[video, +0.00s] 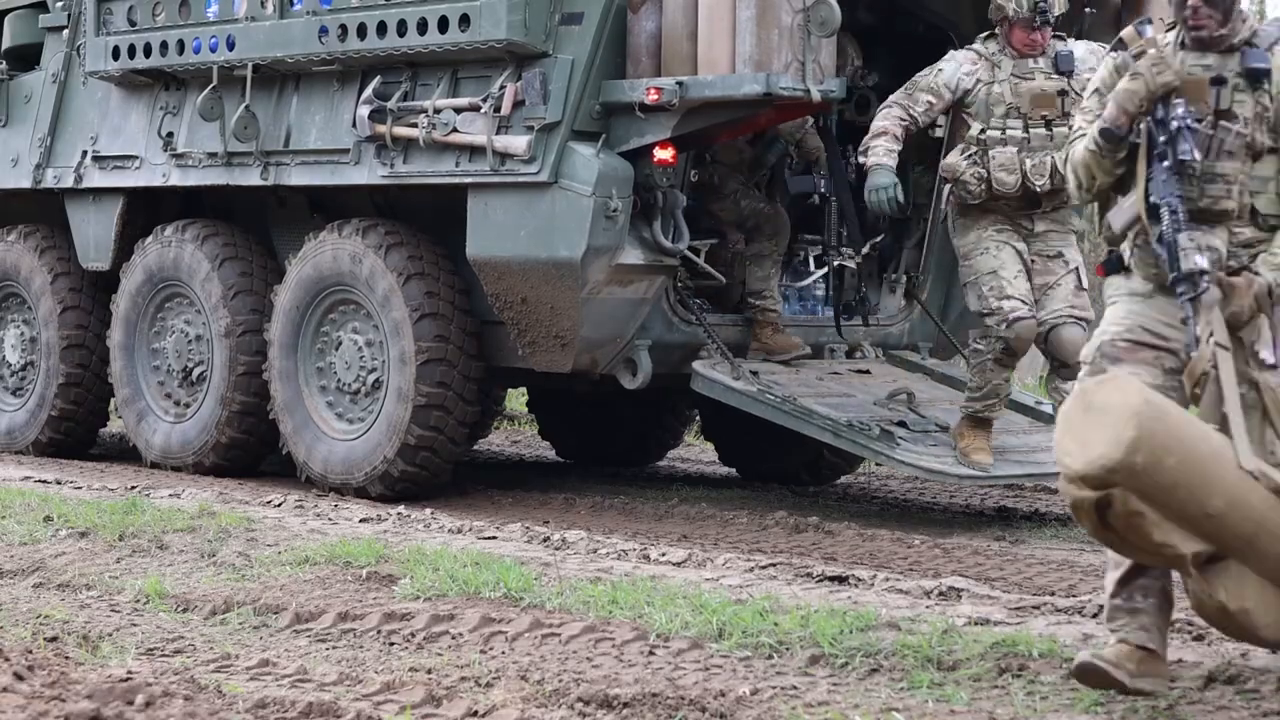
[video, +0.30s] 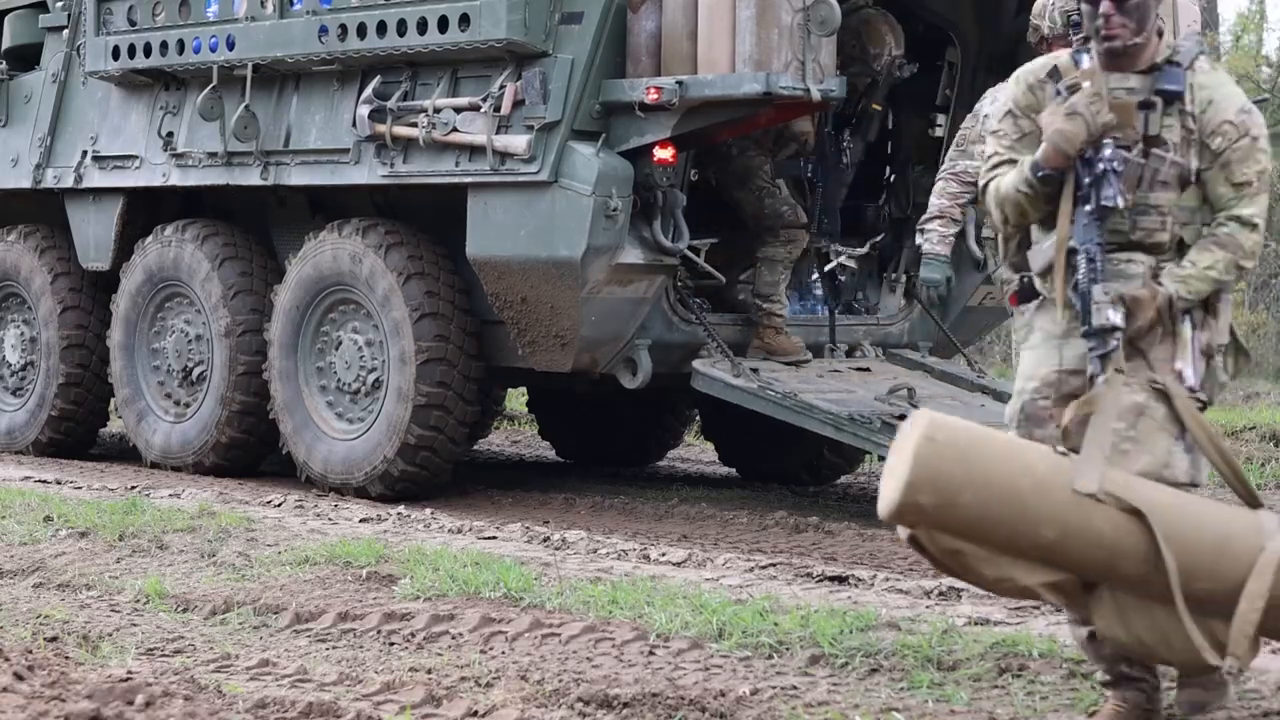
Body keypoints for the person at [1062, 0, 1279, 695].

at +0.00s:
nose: (1200, 7)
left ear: (1242, 4)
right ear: (1171, 3)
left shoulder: (1269, 59)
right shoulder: (1132, 62)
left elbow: (1276, 193)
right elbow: (1082, 185)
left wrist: (1265, 277)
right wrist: (1122, 116)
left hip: (1253, 284)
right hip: (1151, 286)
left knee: (1258, 459)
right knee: (1126, 443)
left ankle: (1266, 627)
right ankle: (1138, 642)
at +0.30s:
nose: (1111, 12)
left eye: (1129, 1)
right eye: (1100, 2)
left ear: (1163, 9)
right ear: (1085, 11)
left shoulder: (1212, 100)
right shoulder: (1039, 88)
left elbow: (1245, 223)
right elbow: (1002, 212)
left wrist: (1169, 293)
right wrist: (1049, 160)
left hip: (1163, 329)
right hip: (1059, 327)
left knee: (1163, 500)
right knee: (1066, 506)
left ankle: (1199, 678)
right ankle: (1125, 681)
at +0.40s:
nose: (1092, 9)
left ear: (1141, 5)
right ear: (1063, 6)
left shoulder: (1189, 100)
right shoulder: (1008, 76)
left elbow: (1214, 229)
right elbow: (966, 202)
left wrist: (1129, 287)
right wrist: (1027, 163)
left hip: (1131, 332)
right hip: (1031, 327)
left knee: (1114, 501)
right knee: (1041, 503)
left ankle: (1112, 679)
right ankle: (1107, 673)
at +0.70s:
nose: (979, 40)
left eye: (996, 22)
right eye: (964, 26)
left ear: (1037, 20)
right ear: (950, 29)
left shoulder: (1087, 133)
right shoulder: (912, 101)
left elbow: (1095, 266)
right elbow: (844, 200)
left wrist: (984, 285)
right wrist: (871, 215)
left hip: (1013, 388)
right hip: (901, 379)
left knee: (1003, 573)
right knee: (932, 568)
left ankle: (1011, 706)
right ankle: (1002, 701)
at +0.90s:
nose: (830, 26)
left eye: (848, 11)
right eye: (818, 12)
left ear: (898, 5)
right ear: (808, 13)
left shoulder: (959, 98)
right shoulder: (792, 90)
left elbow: (975, 248)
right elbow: (753, 206)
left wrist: (849, 264)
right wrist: (749, 244)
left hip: (908, 379)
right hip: (788, 368)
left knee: (914, 573)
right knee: (711, 550)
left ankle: (978, 702)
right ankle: (680, 710)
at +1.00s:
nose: (749, 16)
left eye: (766, 4)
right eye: (739, 6)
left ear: (817, 1)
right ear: (729, 12)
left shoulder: (882, 87)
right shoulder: (722, 88)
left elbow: (910, 231)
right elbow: (685, 214)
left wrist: (780, 249)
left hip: (838, 378)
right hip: (726, 371)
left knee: (860, 573)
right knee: (651, 554)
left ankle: (954, 708)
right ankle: (669, 708)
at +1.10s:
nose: (677, 5)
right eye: (672, 0)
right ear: (669, 8)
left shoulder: (817, 69)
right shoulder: (663, 79)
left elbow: (855, 214)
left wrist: (721, 234)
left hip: (775, 367)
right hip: (666, 360)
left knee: (766, 577)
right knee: (618, 577)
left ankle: (896, 708)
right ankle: (655, 707)